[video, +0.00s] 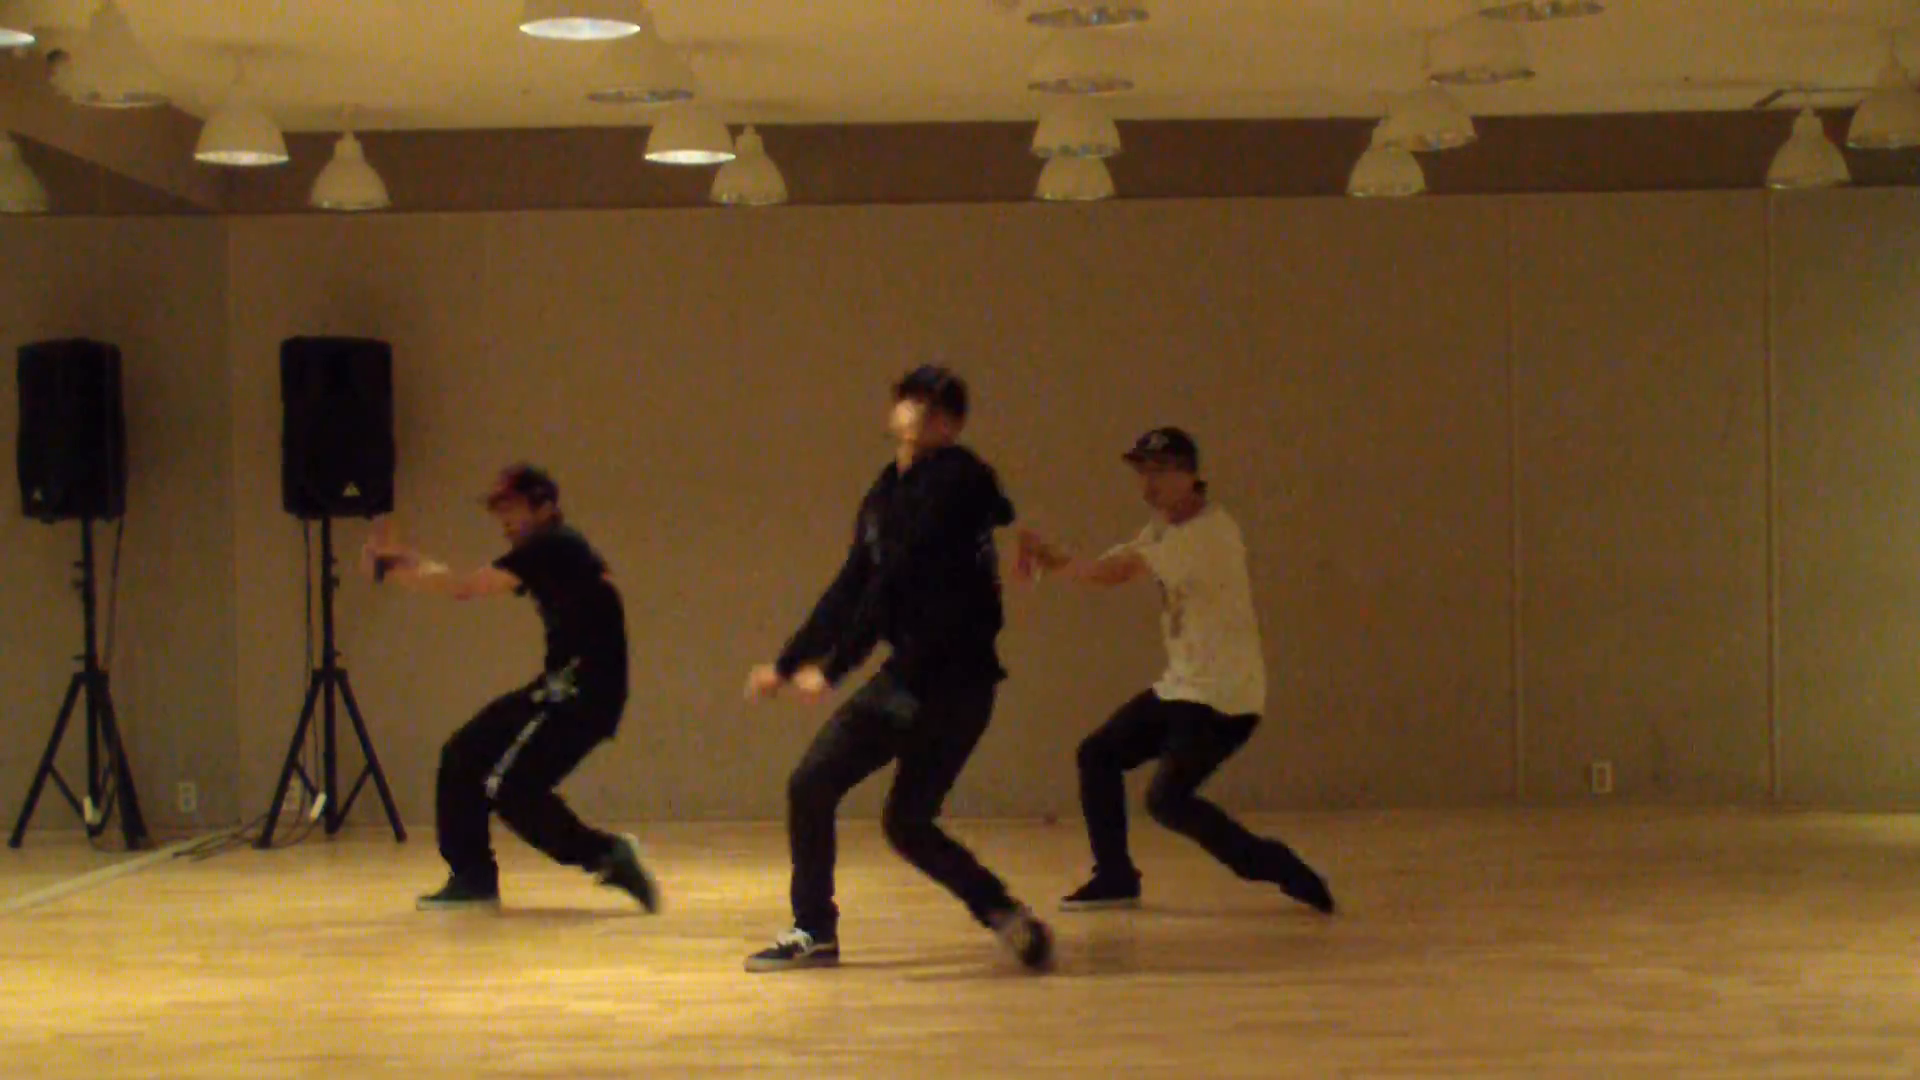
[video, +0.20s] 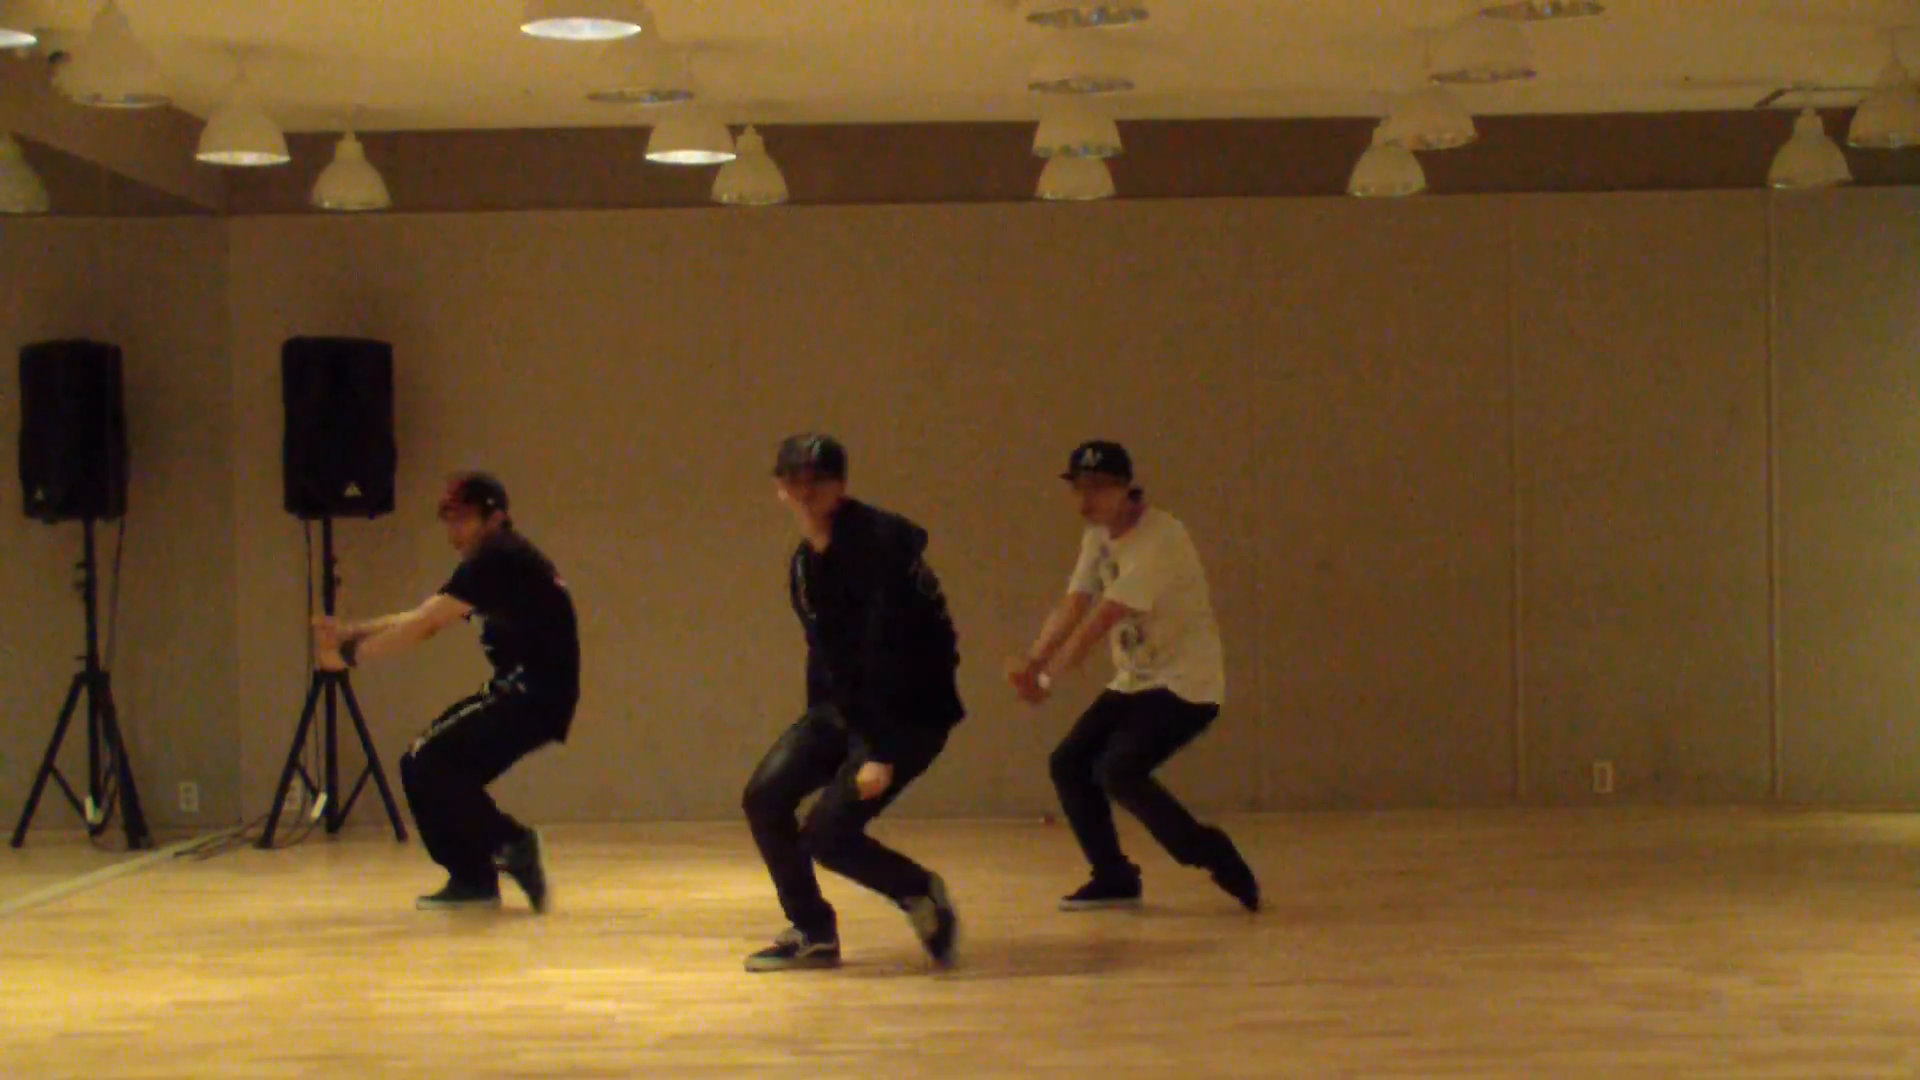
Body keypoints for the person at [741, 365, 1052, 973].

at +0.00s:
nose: (916, 419)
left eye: (933, 410)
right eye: (909, 404)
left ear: (954, 424)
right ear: (892, 413)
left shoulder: (957, 481)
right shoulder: (888, 490)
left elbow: (898, 586)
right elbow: (854, 580)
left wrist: (832, 665)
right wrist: (789, 659)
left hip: (958, 682)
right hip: (905, 674)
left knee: (908, 823)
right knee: (810, 784)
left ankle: (1008, 919)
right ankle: (813, 931)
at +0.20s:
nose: (812, 496)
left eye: (822, 483)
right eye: (801, 485)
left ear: (840, 485)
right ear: (783, 490)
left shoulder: (885, 544)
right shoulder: (806, 562)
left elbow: (908, 653)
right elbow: (823, 653)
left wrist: (884, 752)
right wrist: (822, 724)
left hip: (908, 719)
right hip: (841, 711)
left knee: (827, 835)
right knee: (764, 799)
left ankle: (921, 892)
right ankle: (813, 930)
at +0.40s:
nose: (786, 480)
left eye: (795, 466)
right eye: (773, 470)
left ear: (814, 464)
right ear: (757, 477)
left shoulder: (865, 523)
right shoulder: (777, 549)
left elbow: (918, 609)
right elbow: (784, 644)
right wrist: (783, 712)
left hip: (871, 703)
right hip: (806, 705)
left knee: (769, 780)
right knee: (745, 817)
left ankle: (845, 840)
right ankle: (813, 930)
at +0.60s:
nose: (809, 447)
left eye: (816, 434)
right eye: (796, 438)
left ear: (837, 428)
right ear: (779, 439)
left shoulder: (875, 471)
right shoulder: (766, 479)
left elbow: (909, 405)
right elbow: (699, 432)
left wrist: (920, 320)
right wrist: (645, 357)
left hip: (849, 673)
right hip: (790, 671)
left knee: (786, 797)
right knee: (746, 814)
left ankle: (846, 953)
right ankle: (815, 933)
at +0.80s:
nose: (817, 430)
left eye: (825, 417)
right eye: (804, 419)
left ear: (839, 416)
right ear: (778, 422)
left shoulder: (874, 465)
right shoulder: (758, 472)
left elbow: (940, 397)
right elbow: (689, 430)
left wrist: (901, 316)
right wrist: (673, 345)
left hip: (839, 667)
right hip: (777, 664)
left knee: (787, 801)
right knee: (753, 814)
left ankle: (853, 955)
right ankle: (814, 935)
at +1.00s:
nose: (786, 428)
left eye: (796, 415)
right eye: (774, 418)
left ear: (817, 417)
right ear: (758, 426)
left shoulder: (862, 483)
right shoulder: (754, 497)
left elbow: (919, 569)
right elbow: (718, 593)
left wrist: (986, 565)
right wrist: (627, 592)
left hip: (840, 672)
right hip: (777, 673)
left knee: (789, 806)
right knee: (753, 816)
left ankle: (853, 952)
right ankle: (815, 934)